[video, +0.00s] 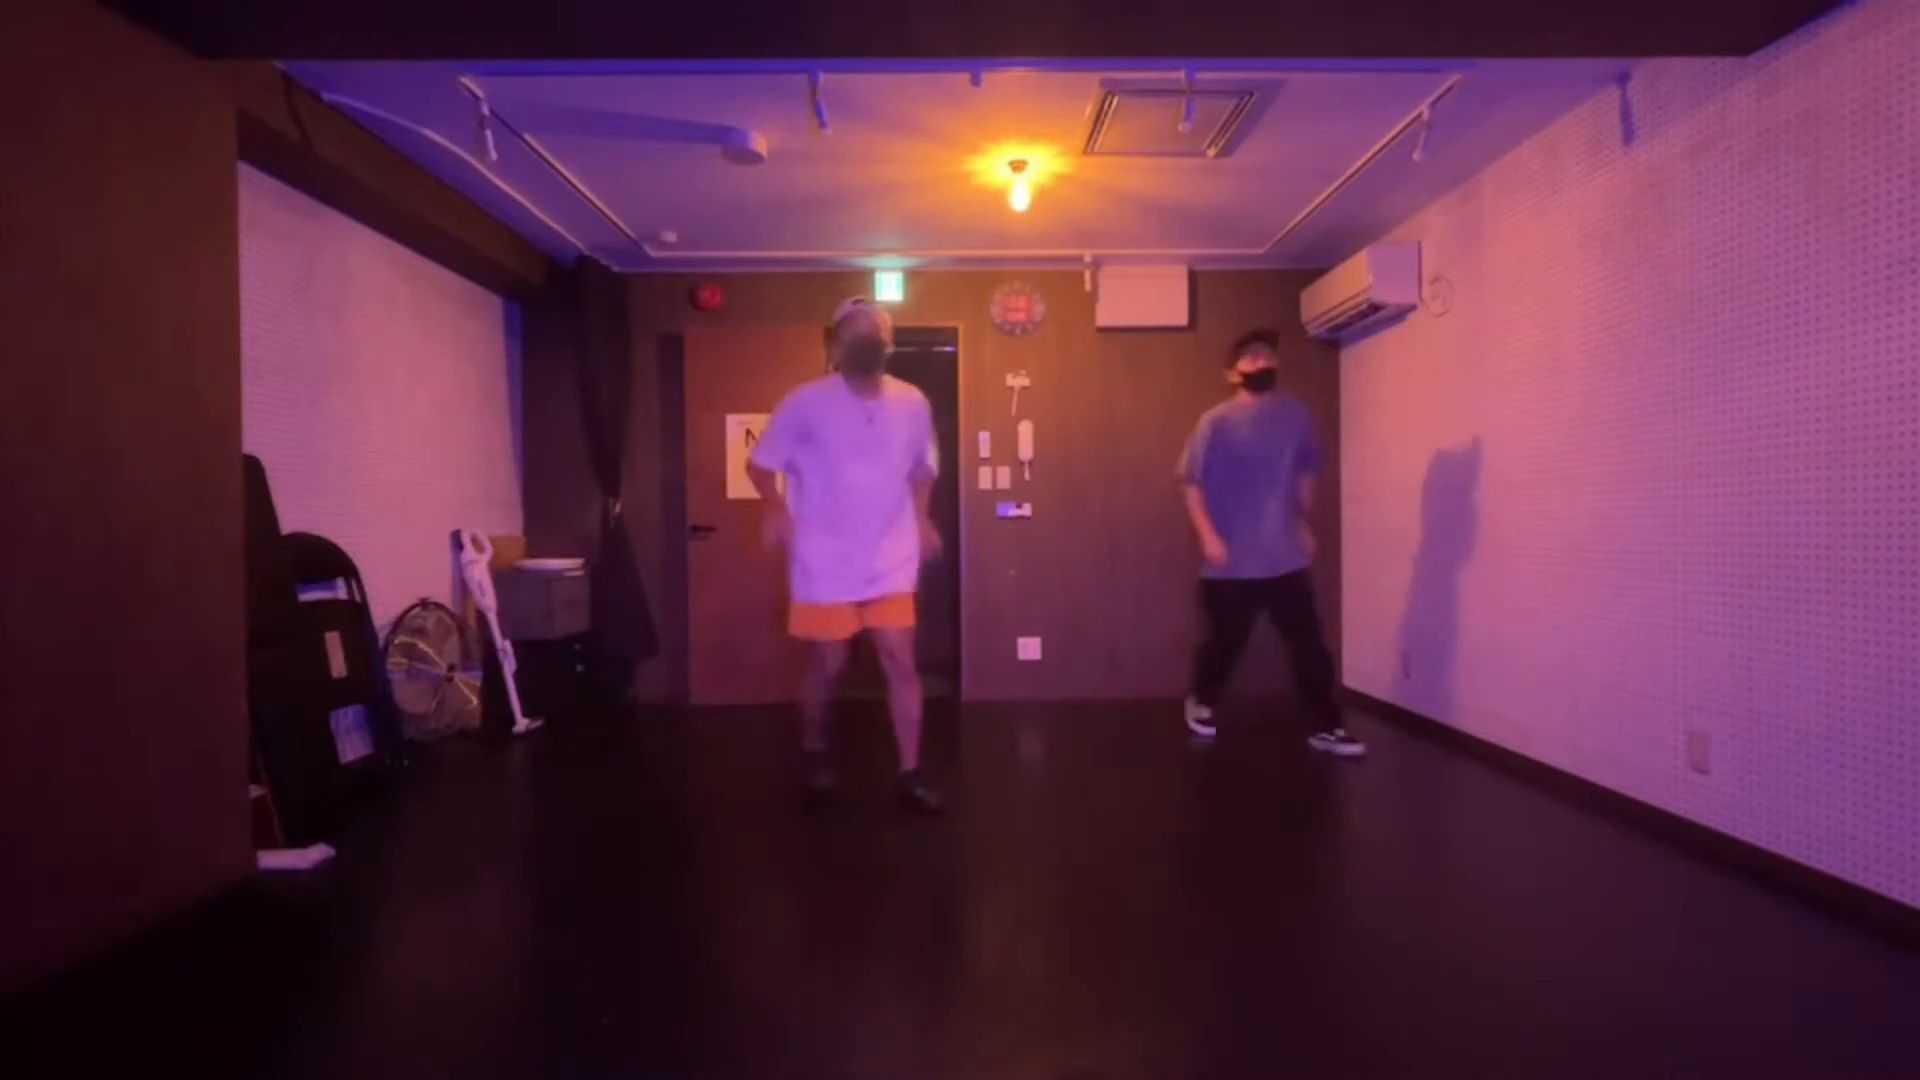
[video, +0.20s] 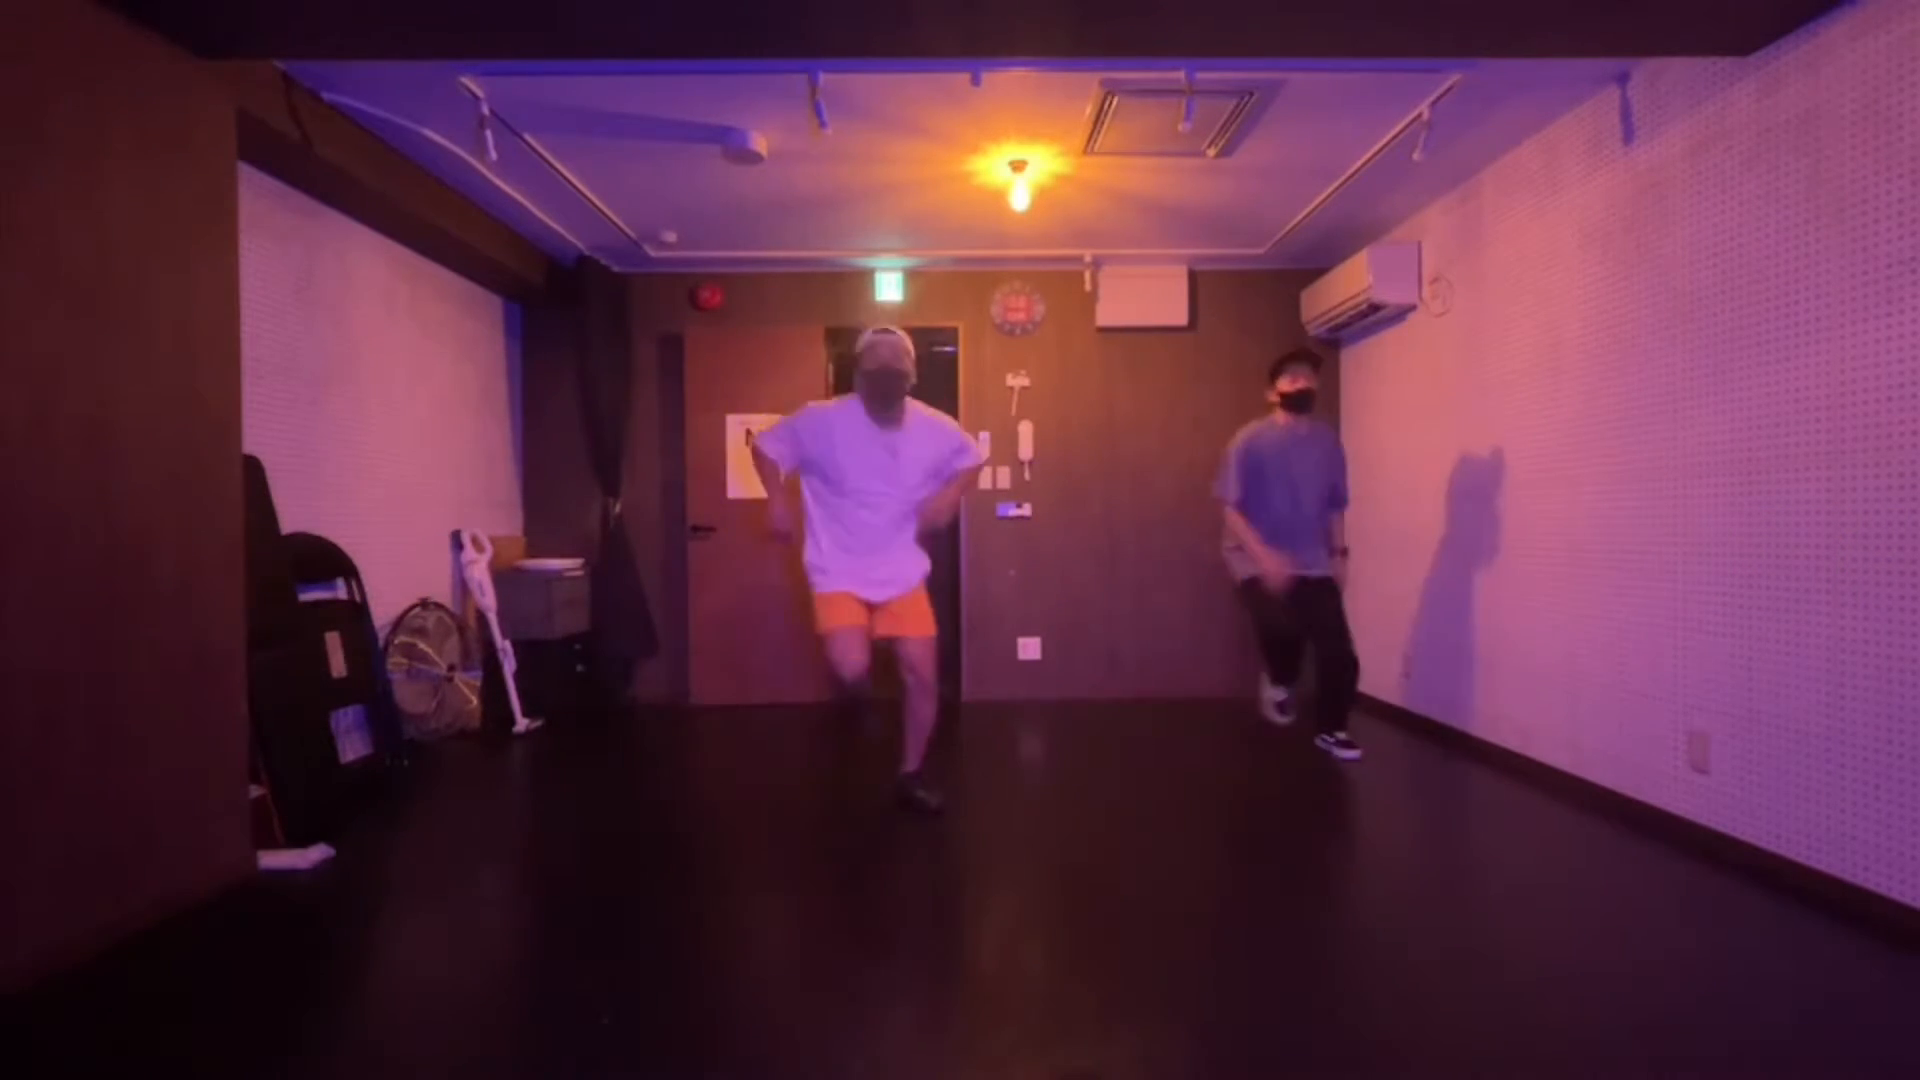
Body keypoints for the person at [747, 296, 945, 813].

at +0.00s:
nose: (869, 348)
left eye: (878, 339)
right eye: (858, 339)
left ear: (891, 346)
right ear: (835, 346)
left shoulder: (911, 404)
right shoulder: (805, 404)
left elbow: (922, 471)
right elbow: (760, 463)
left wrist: (921, 519)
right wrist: (777, 509)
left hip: (890, 558)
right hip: (824, 561)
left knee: (900, 660)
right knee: (828, 663)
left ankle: (910, 771)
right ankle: (814, 755)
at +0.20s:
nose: (887, 381)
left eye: (896, 372)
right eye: (877, 372)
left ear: (911, 375)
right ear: (858, 373)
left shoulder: (931, 426)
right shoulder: (823, 420)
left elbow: (972, 458)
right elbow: (765, 447)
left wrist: (948, 498)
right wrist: (778, 503)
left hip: (900, 567)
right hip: (835, 567)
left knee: (922, 671)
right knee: (851, 666)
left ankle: (912, 775)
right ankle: (856, 699)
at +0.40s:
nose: (868, 332)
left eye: (878, 322)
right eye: (857, 322)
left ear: (892, 330)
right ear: (836, 329)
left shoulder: (919, 388)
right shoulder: (810, 389)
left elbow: (948, 458)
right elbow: (782, 462)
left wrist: (959, 491)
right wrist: (752, 510)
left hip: (902, 553)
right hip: (829, 551)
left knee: (909, 663)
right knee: (814, 655)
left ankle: (912, 772)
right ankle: (839, 769)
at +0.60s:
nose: (834, 341)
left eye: (846, 330)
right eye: (824, 331)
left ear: (866, 338)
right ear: (810, 338)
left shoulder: (896, 401)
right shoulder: (785, 402)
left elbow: (939, 472)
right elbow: (758, 481)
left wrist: (957, 510)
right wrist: (717, 534)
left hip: (882, 572)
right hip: (809, 573)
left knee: (904, 674)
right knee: (793, 681)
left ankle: (916, 774)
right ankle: (775, 808)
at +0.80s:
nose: (791, 366)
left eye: (803, 355)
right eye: (781, 354)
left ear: (824, 358)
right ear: (763, 355)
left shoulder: (853, 400)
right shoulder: (731, 404)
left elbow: (911, 441)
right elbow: (688, 460)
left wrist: (893, 494)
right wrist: (673, 520)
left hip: (832, 566)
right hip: (754, 567)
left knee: (855, 671)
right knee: (742, 676)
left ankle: (872, 767)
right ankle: (731, 802)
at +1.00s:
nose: (744, 381)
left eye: (757, 369)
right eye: (734, 368)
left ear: (779, 374)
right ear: (717, 372)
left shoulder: (817, 416)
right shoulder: (694, 419)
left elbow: (881, 453)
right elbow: (656, 473)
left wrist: (858, 515)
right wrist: (640, 527)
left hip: (800, 578)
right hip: (720, 579)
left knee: (791, 705)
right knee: (712, 695)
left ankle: (779, 786)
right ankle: (729, 811)